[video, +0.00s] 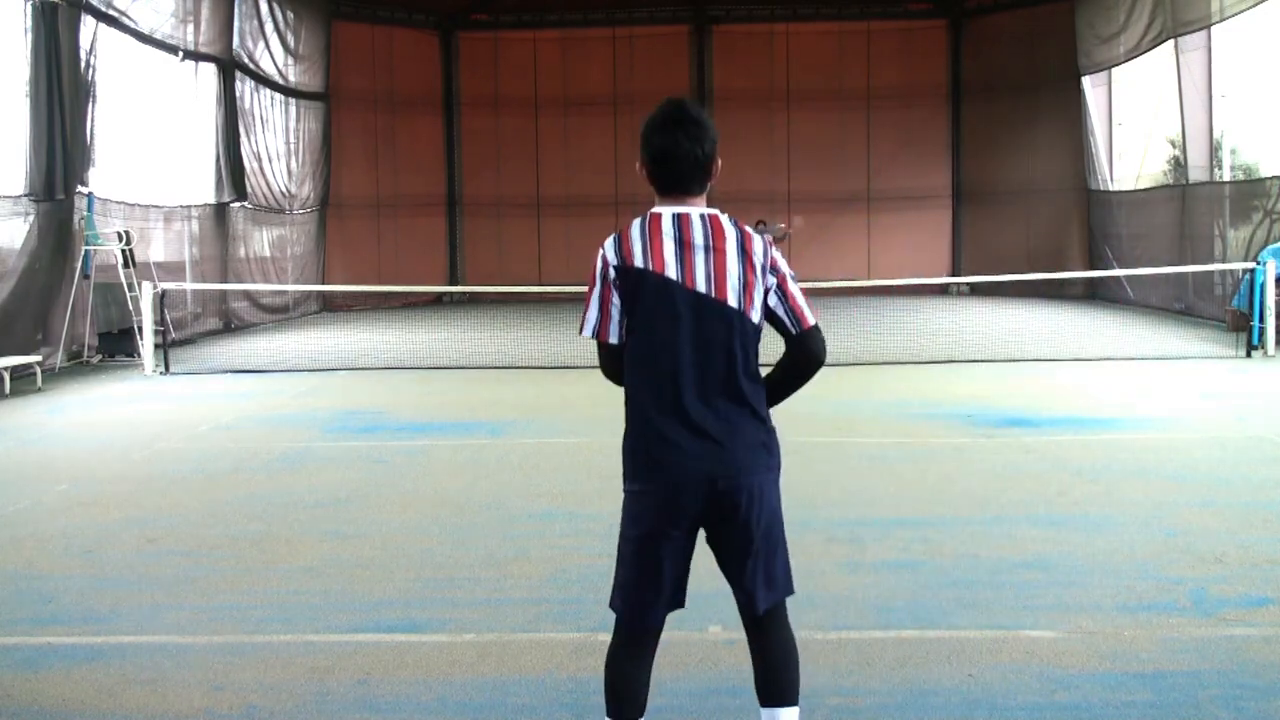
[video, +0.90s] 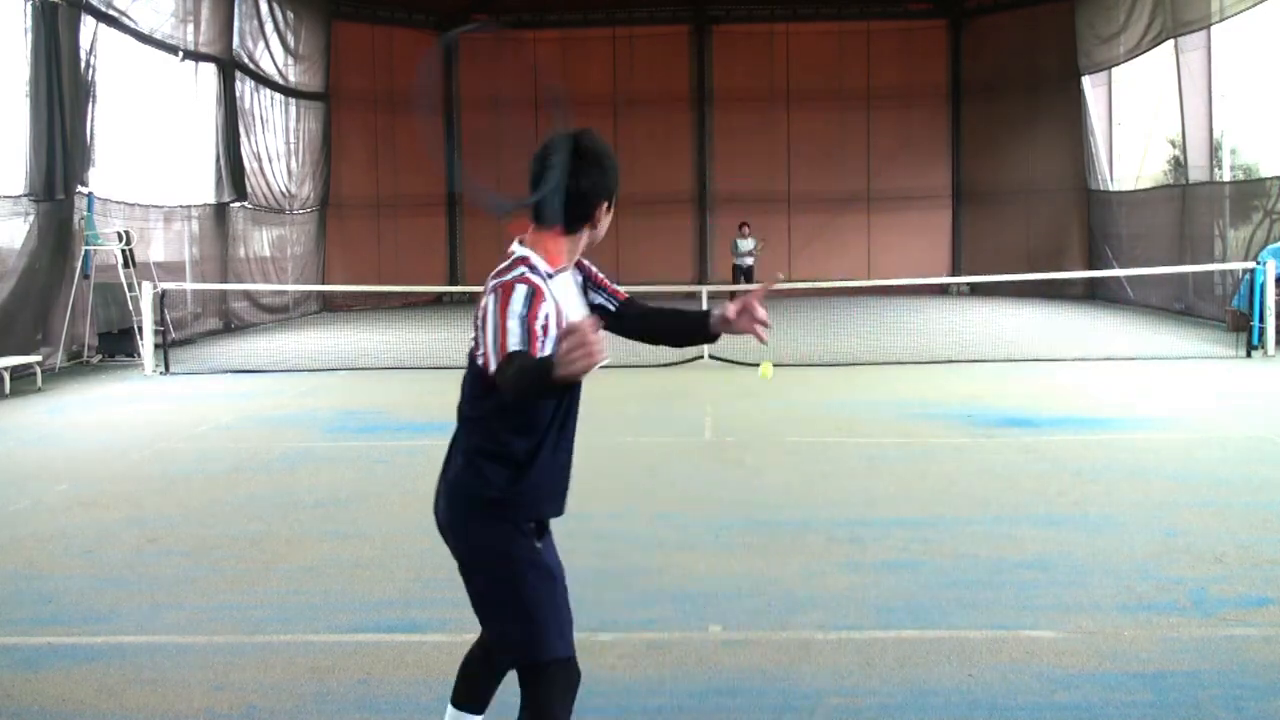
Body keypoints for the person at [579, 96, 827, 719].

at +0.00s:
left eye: (648, 160)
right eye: (714, 157)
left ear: (644, 171)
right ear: (716, 168)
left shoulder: (620, 250)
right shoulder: (754, 247)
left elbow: (614, 364)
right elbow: (811, 347)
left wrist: (671, 381)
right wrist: (757, 398)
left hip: (658, 463)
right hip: (744, 460)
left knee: (637, 621)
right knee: (766, 611)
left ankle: (622, 717)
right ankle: (782, 717)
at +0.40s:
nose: (686, 193)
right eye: (685, 184)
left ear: (611, 195)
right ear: (682, 195)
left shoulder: (587, 271)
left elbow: (660, 358)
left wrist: (742, 338)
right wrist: (778, 384)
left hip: (584, 500)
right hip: (661, 504)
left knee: (599, 665)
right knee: (733, 663)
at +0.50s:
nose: (669, 175)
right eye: (667, 165)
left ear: (592, 172)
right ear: (665, 178)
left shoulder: (581, 247)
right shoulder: (642, 261)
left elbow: (655, 336)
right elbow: (730, 346)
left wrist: (739, 301)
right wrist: (797, 353)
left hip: (552, 486)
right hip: (616, 492)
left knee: (586, 640)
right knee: (671, 645)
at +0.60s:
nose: (654, 181)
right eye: (653, 170)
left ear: (578, 175)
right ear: (649, 183)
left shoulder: (573, 249)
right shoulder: (605, 264)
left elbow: (672, 322)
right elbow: (677, 356)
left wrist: (739, 283)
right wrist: (775, 332)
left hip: (540, 492)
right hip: (579, 501)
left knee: (570, 657)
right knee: (596, 667)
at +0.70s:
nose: (642, 207)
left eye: (636, 194)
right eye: (642, 196)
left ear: (566, 194)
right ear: (633, 205)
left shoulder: (594, 274)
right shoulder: (571, 283)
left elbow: (668, 319)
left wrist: (724, 271)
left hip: (551, 506)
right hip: (534, 512)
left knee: (554, 655)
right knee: (583, 680)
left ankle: (506, 715)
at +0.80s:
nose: (628, 209)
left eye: (627, 197)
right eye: (629, 197)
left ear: (556, 192)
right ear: (619, 206)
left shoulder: (589, 273)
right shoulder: (544, 283)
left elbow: (632, 316)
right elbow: (563, 377)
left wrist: (689, 303)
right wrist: (637, 340)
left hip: (535, 500)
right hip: (510, 505)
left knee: (530, 638)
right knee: (565, 676)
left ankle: (472, 713)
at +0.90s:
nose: (611, 218)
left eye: (610, 206)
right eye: (611, 206)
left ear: (540, 201)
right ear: (598, 213)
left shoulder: (568, 275)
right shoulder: (516, 286)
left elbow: (631, 316)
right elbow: (507, 380)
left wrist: (718, 321)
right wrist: (553, 369)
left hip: (517, 503)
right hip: (488, 509)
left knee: (504, 634)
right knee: (553, 677)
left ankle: (458, 717)